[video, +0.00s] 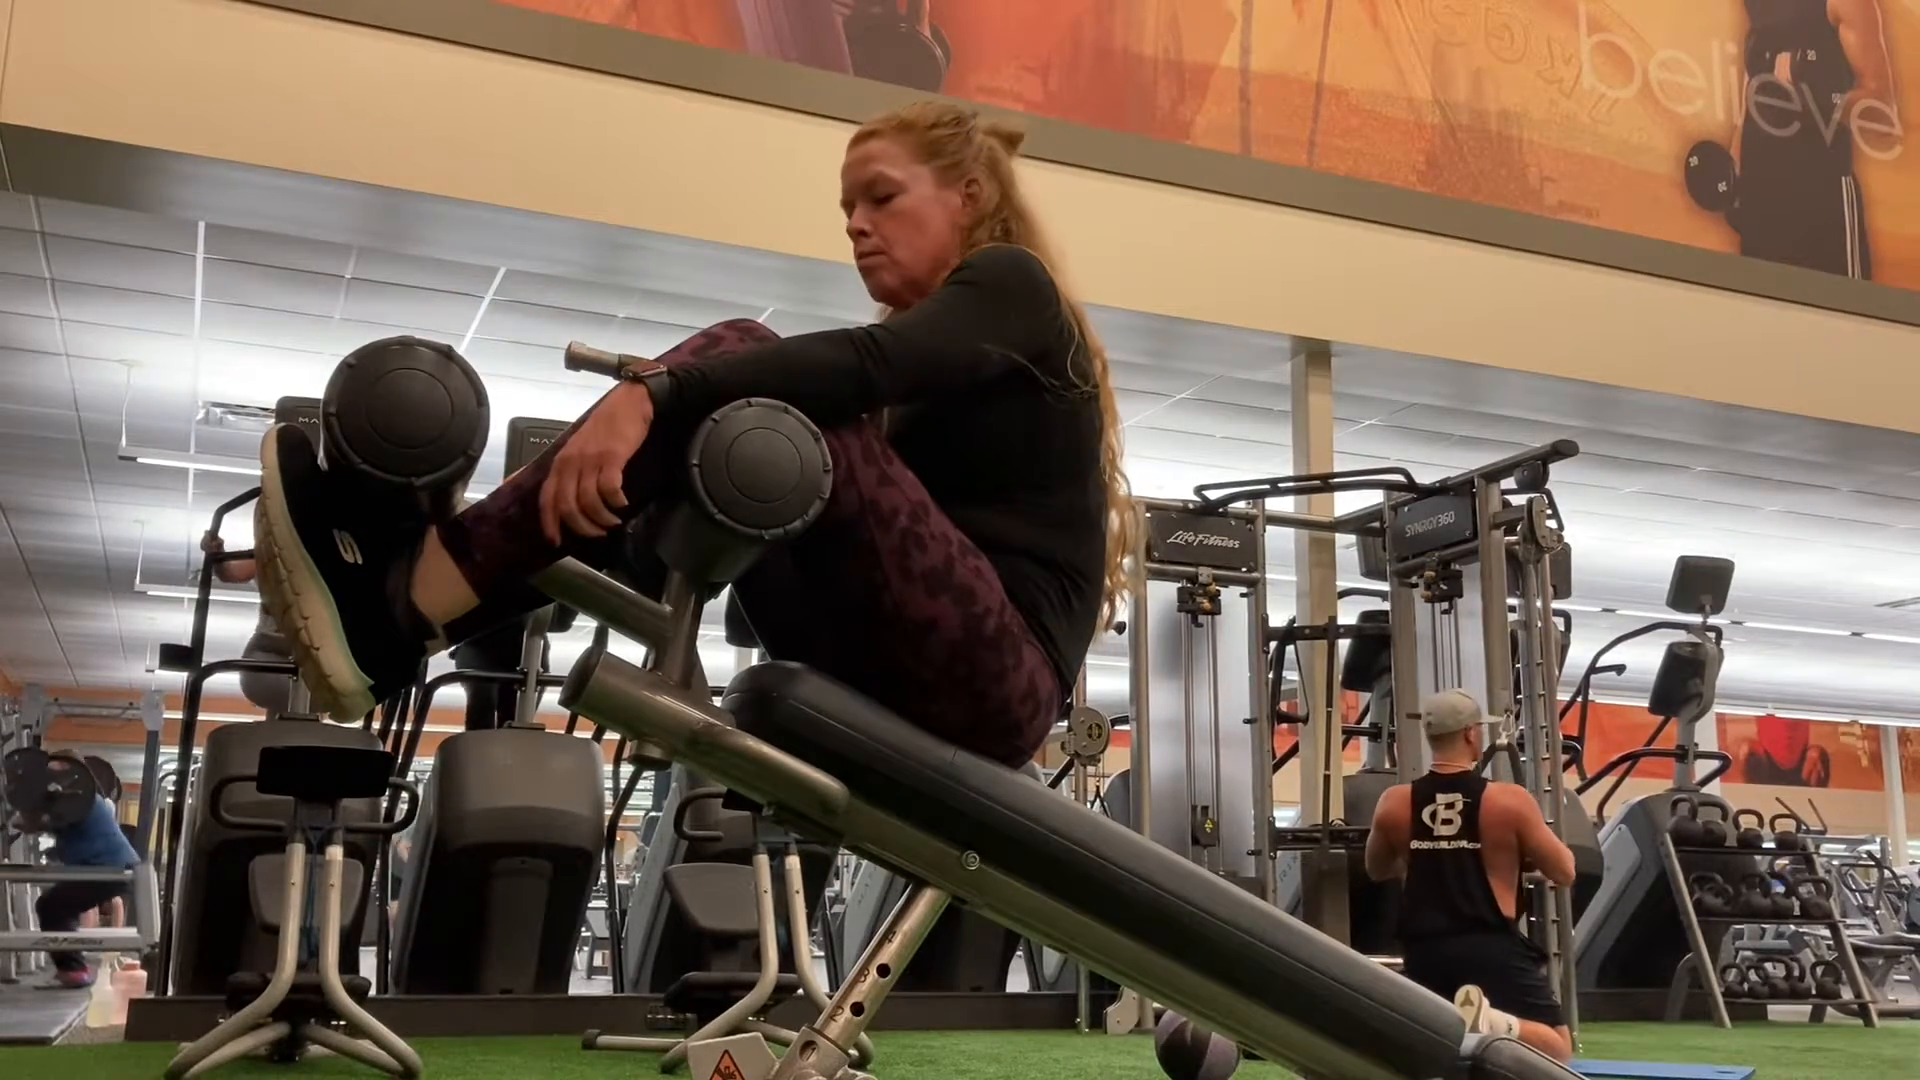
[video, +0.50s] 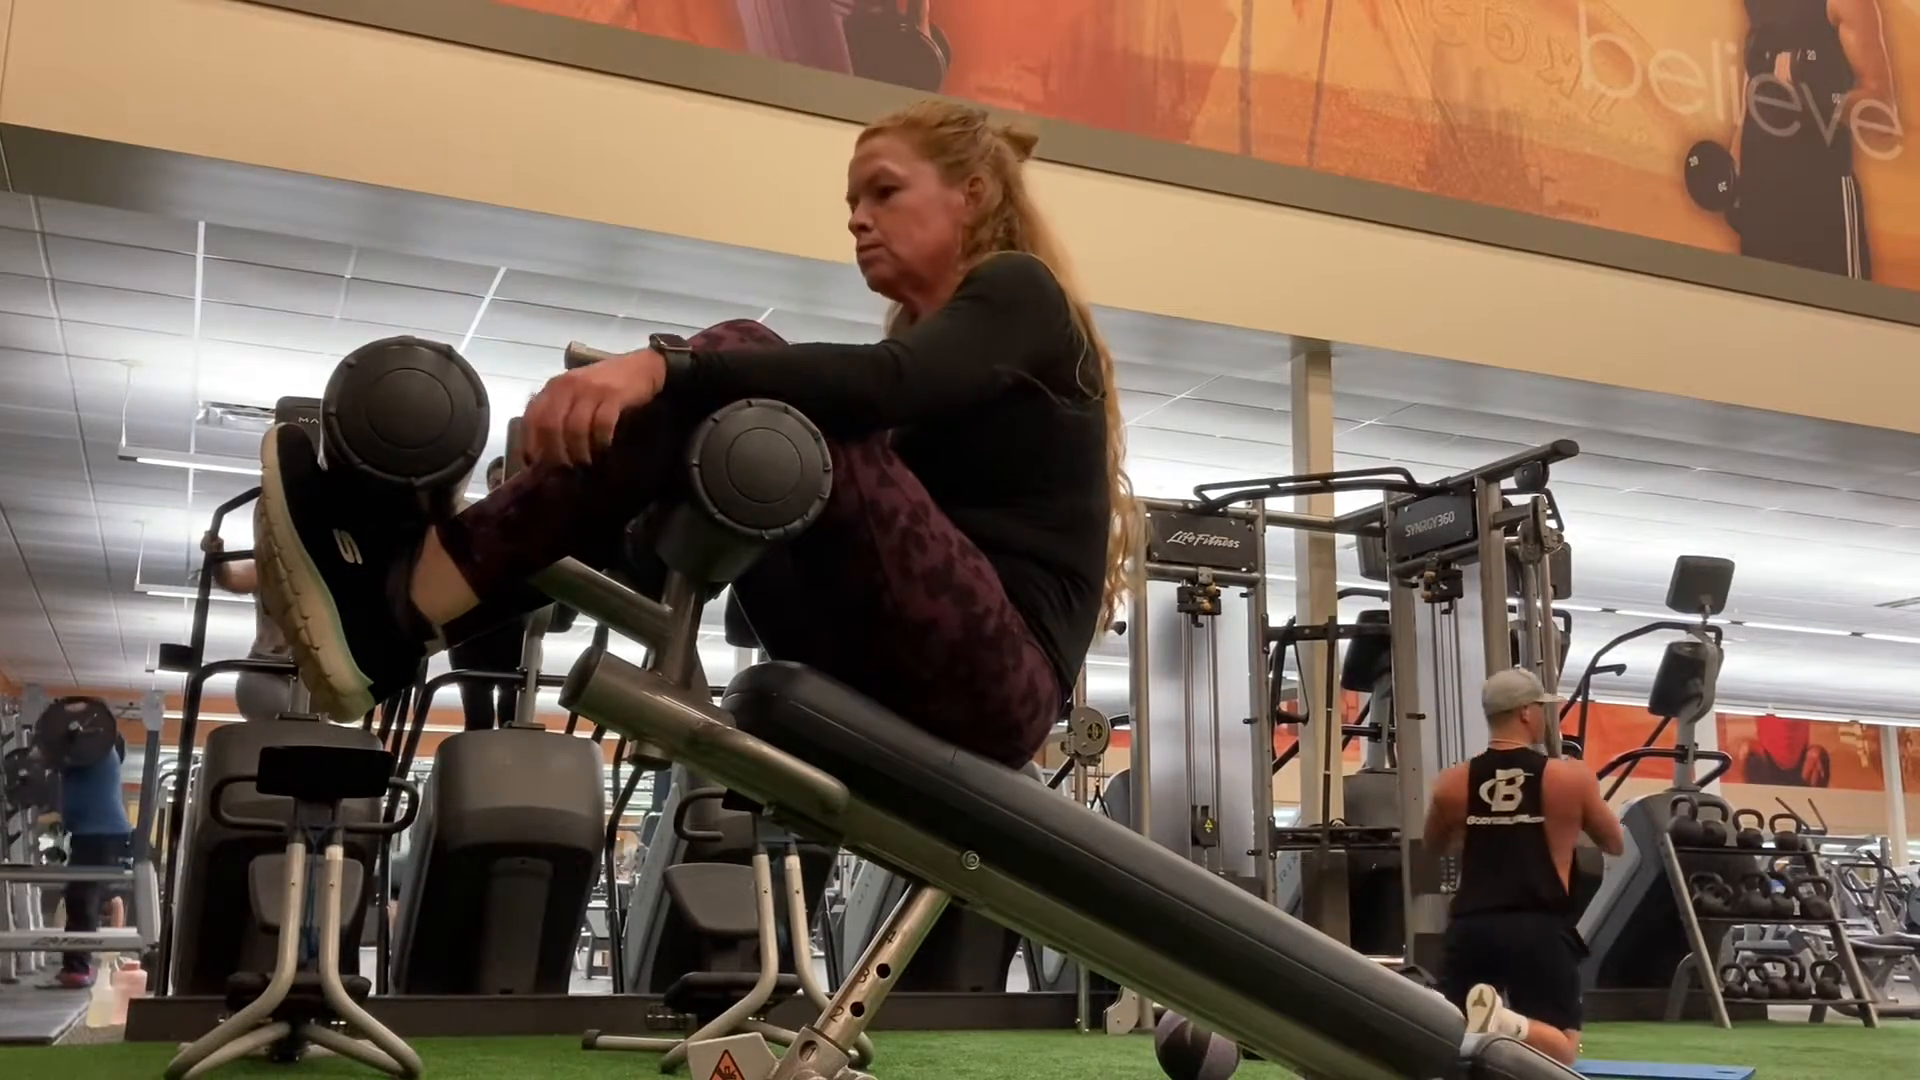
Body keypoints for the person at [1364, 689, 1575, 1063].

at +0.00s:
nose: (1482, 735)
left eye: (1480, 727)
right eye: (1480, 728)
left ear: (1429, 736)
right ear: (1471, 734)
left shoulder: (1394, 802)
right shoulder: (1510, 801)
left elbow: (1376, 868)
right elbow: (1565, 872)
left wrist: (1418, 851)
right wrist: (1531, 854)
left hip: (1424, 957)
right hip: (1494, 956)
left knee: (1437, 1051)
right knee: (1561, 1048)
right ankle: (1494, 1022)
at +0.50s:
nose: (1544, 715)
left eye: (1542, 706)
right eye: (1540, 707)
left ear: (1489, 715)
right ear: (1526, 713)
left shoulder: (1454, 781)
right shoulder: (1572, 777)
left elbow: (1433, 846)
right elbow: (1614, 844)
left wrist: (1476, 819)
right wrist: (1579, 808)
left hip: (1470, 930)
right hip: (1540, 933)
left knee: (1464, 1040)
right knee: (1566, 1051)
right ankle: (1503, 1019)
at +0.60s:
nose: (1556, 709)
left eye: (1554, 701)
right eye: (1553, 701)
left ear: (1500, 709)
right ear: (1539, 707)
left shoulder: (1465, 774)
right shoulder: (1587, 771)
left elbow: (1439, 835)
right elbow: (1622, 838)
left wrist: (1485, 805)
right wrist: (1586, 800)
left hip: (1478, 923)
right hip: (1550, 925)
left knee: (1453, 1029)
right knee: (1565, 1050)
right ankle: (1509, 1019)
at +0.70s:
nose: (1563, 704)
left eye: (1560, 697)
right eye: (1560, 697)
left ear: (1509, 707)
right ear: (1550, 705)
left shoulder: (1477, 769)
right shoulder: (1599, 768)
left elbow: (1441, 832)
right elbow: (1628, 834)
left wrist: (1478, 799)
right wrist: (1586, 801)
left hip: (1487, 906)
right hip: (1558, 916)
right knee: (1566, 1047)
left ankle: (1437, 995)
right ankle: (1511, 1019)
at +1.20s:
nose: (1564, 707)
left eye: (1563, 701)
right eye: (1561, 701)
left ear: (1510, 706)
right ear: (1547, 705)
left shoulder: (1473, 756)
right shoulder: (1591, 763)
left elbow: (1443, 803)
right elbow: (1619, 823)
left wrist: (1487, 793)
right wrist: (1592, 785)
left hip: (1481, 902)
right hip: (1550, 911)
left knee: (1464, 927)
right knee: (1565, 1048)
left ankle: (1492, 1029)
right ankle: (1526, 1018)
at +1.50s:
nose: (1549, 671)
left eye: (1547, 662)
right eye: (1545, 662)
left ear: (1495, 671)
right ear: (1528, 668)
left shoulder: (1458, 722)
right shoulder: (1573, 721)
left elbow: (1437, 789)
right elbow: (1613, 792)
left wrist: (1481, 768)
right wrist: (1582, 764)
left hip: (1467, 848)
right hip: (1531, 849)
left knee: (1478, 922)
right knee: (1542, 986)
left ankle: (1499, 1020)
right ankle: (1509, 1009)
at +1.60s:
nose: (1548, 650)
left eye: (1545, 641)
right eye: (1542, 642)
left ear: (1495, 651)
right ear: (1526, 646)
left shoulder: (1457, 699)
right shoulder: (1568, 695)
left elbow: (1438, 771)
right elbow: (1610, 768)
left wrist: (1479, 748)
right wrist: (1584, 754)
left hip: (1470, 817)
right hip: (1533, 815)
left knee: (1483, 920)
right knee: (1543, 948)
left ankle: (1500, 1030)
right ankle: (1513, 1003)